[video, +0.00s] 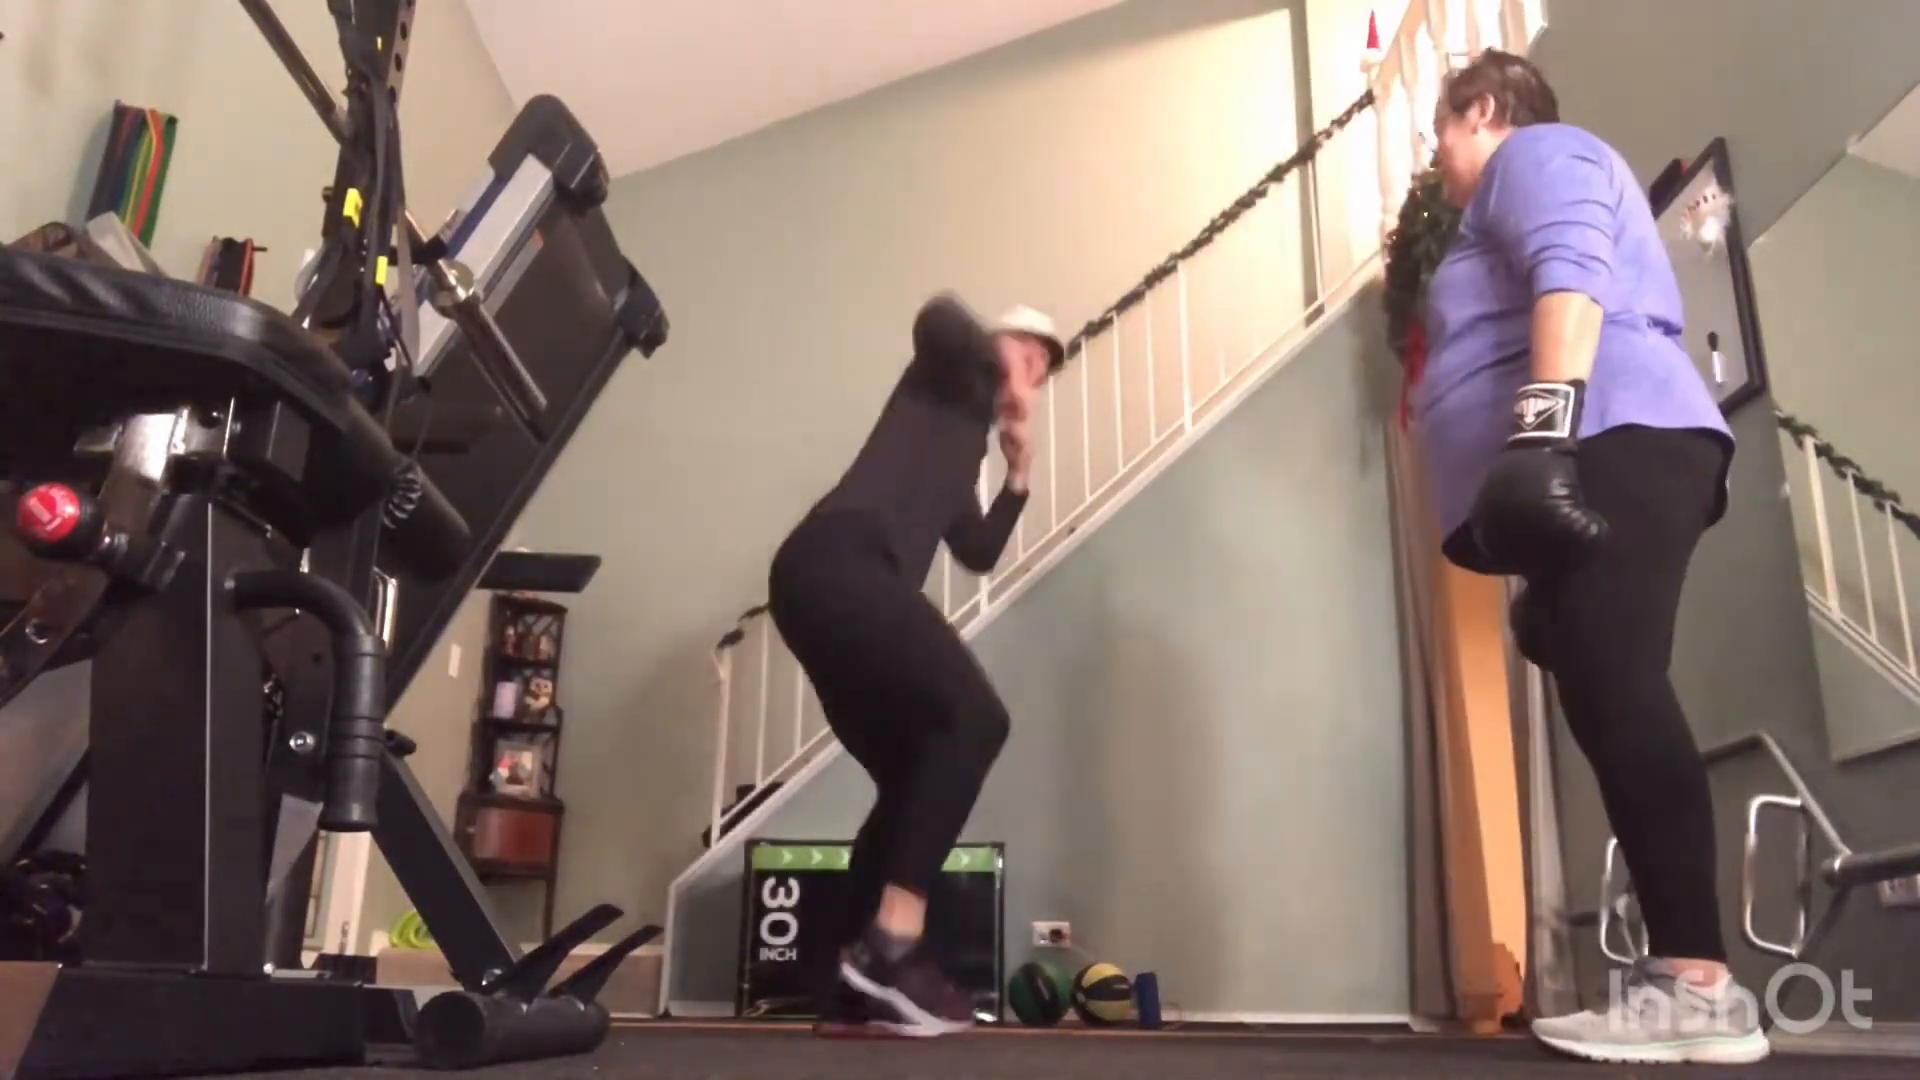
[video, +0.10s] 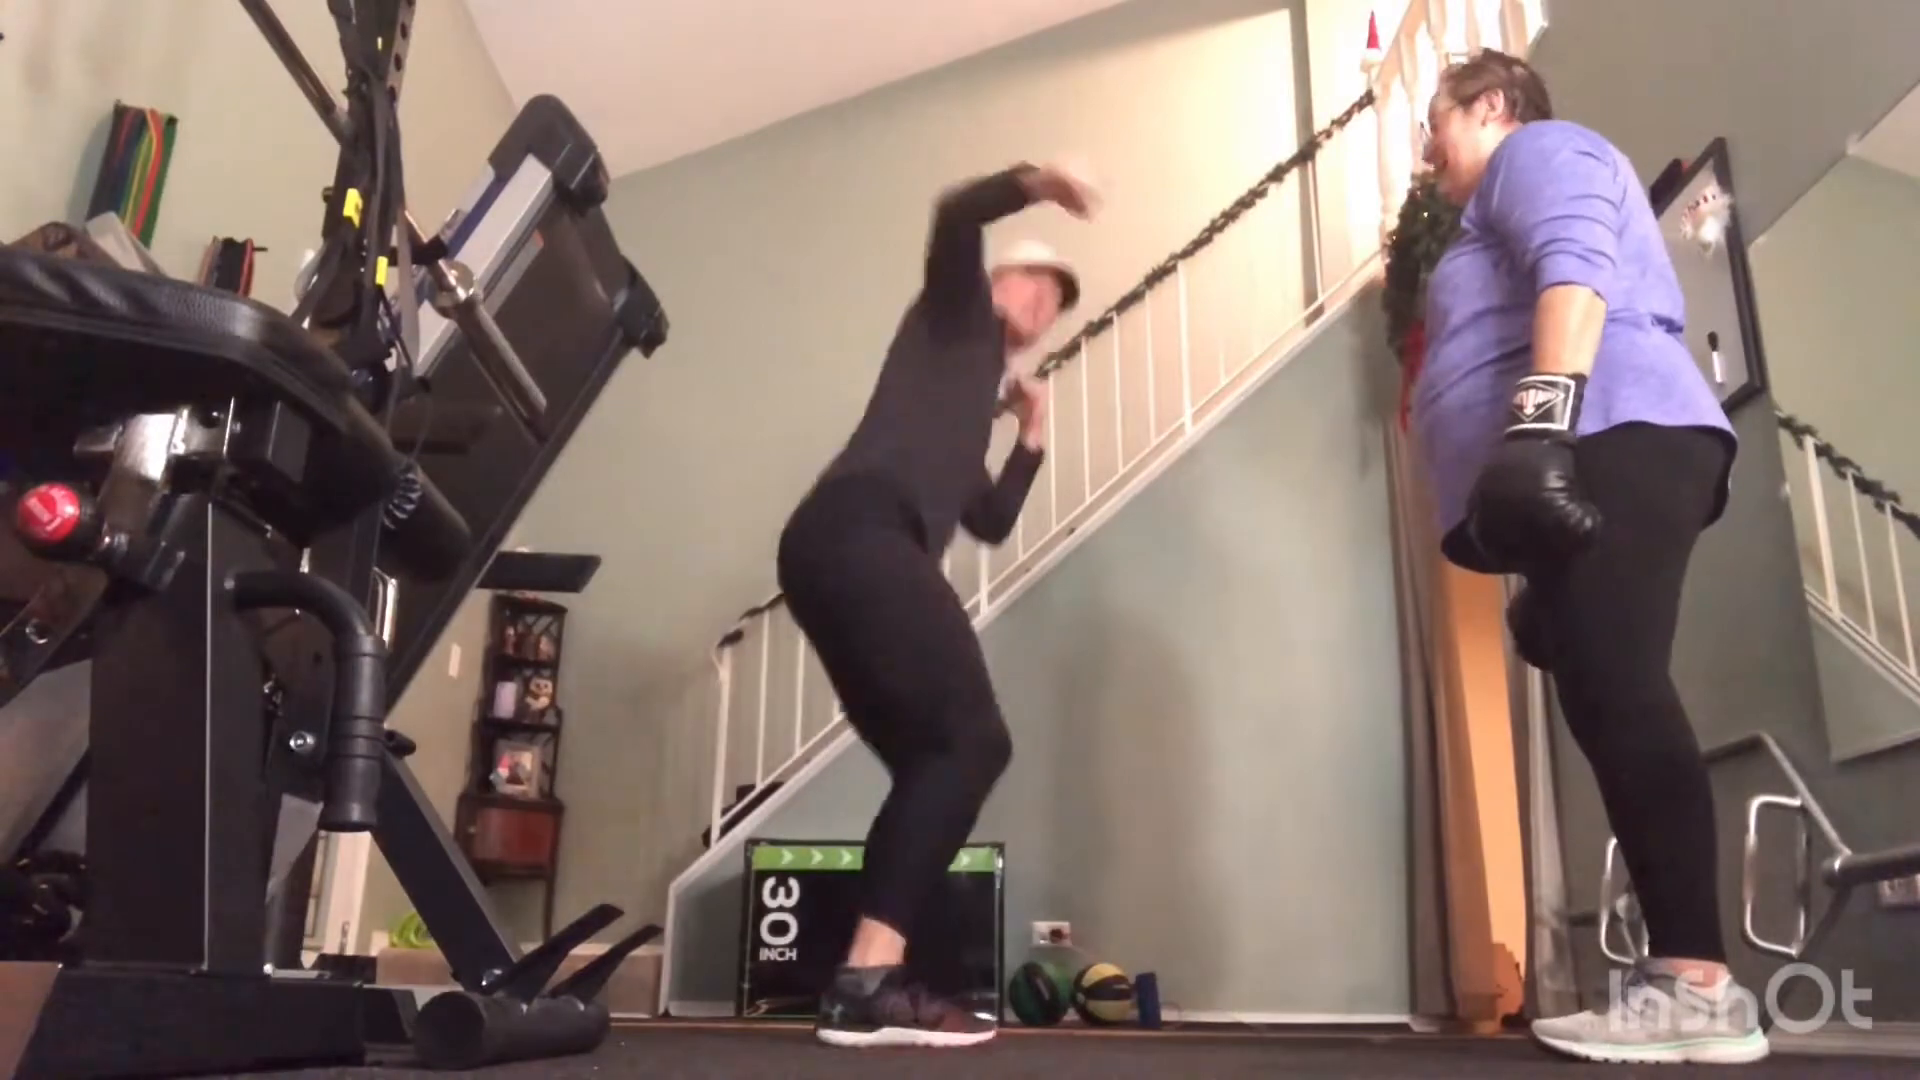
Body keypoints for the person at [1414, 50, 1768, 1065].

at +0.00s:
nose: (1433, 155)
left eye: (1441, 134)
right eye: (1432, 139)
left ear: (1488, 112)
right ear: (1498, 114)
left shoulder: (1542, 151)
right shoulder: (1496, 218)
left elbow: (1569, 274)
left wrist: (1539, 432)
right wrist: (1426, 257)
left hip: (1629, 432)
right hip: (1597, 451)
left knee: (1614, 677)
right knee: (1604, 693)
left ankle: (1698, 985)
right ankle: (1679, 979)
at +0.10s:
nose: (1426, 149)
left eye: (1436, 127)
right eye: (1423, 136)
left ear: (1493, 108)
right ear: (1490, 114)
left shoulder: (1545, 148)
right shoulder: (1488, 225)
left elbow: (1573, 272)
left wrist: (1539, 424)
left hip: (1630, 429)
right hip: (1589, 452)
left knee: (1617, 680)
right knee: (1603, 697)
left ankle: (1698, 983)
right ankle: (1682, 978)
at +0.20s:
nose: (1428, 147)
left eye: (1438, 124)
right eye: (1423, 136)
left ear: (1503, 103)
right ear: (1465, 127)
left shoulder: (1551, 147)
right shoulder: (1487, 227)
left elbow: (1583, 268)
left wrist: (1555, 421)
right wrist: (1420, 267)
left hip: (1634, 428)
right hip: (1589, 453)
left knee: (1618, 677)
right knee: (1603, 695)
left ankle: (1698, 984)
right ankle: (1681, 977)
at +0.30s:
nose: (1430, 138)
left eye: (1444, 116)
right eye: (1424, 129)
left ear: (1509, 101)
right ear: (1445, 145)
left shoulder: (1556, 146)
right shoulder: (1487, 231)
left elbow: (1592, 266)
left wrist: (1564, 415)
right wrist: (1419, 273)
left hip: (1635, 430)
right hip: (1584, 458)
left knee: (1621, 683)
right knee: (1603, 704)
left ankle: (1699, 984)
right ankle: (1682, 978)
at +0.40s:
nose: (1433, 135)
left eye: (1448, 112)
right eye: (1426, 128)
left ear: (1513, 99)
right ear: (1442, 149)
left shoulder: (1559, 144)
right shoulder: (1485, 234)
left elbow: (1597, 263)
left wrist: (1572, 412)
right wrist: (1419, 275)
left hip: (1637, 429)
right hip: (1583, 457)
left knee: (1621, 681)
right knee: (1604, 702)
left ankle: (1699, 983)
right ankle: (1681, 976)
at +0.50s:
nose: (1437, 125)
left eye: (1453, 104)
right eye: (1426, 120)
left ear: (1515, 95)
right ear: (1437, 146)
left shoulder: (1560, 143)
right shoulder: (1481, 234)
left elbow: (1601, 260)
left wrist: (1576, 408)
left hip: (1640, 429)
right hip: (1580, 460)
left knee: (1621, 682)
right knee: (1603, 702)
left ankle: (1699, 984)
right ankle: (1682, 977)